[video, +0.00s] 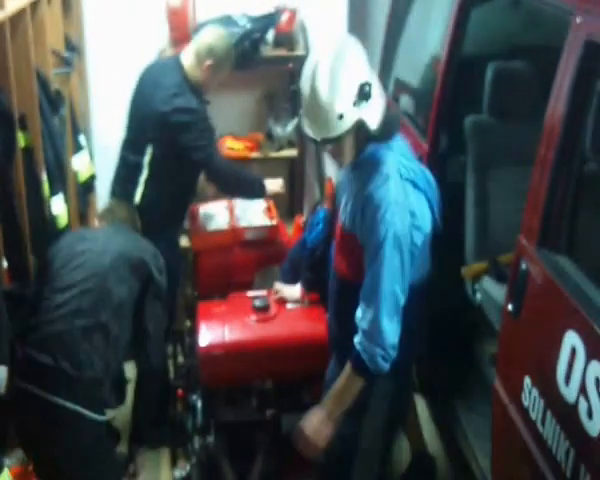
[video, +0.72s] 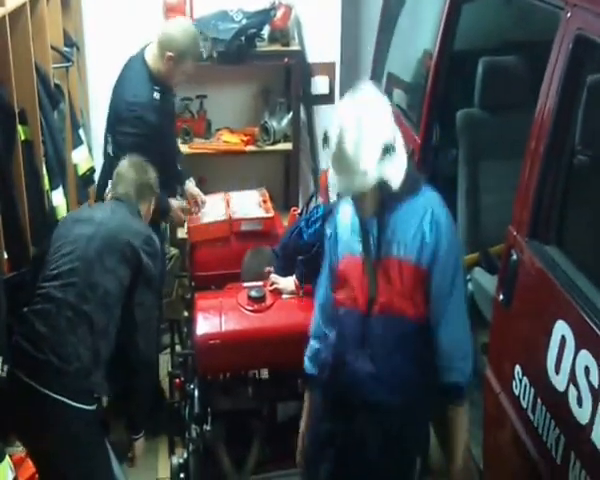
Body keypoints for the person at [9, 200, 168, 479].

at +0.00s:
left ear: (99, 221)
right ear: (136, 226)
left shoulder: (65, 242)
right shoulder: (146, 254)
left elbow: (35, 308)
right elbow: (152, 353)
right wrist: (142, 440)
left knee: (49, 471)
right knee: (93, 471)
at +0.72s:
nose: (152, 213)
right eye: (154, 206)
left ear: (111, 191)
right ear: (151, 204)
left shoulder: (71, 219)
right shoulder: (144, 241)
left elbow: (32, 285)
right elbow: (142, 342)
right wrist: (137, 427)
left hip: (20, 378)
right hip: (71, 395)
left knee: (53, 472)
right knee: (98, 472)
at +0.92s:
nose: (169, 193)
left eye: (170, 183)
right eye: (169, 182)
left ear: (123, 167)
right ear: (155, 176)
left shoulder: (74, 208)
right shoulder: (135, 226)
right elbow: (135, 333)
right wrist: (133, 417)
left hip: (23, 367)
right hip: (66, 381)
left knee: (58, 470)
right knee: (94, 472)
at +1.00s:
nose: (168, 190)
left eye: (171, 179)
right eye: (169, 178)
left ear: (122, 163)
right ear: (154, 171)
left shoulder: (82, 201)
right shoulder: (132, 221)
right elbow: (135, 328)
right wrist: (133, 413)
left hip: (26, 363)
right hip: (63, 376)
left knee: (60, 470)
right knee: (94, 472)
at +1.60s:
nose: (174, 225)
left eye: (181, 218)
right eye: (178, 216)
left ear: (159, 194)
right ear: (161, 198)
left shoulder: (117, 207)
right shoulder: (94, 229)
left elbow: (123, 302)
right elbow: (84, 347)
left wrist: (141, 360)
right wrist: (108, 438)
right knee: (79, 471)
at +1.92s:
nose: (189, 213)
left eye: (193, 204)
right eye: (191, 203)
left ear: (171, 189)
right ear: (173, 193)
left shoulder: (130, 201)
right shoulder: (113, 215)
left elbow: (128, 309)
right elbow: (101, 317)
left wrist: (156, 364)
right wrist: (113, 406)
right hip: (60, 370)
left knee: (113, 463)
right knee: (82, 466)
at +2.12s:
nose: (180, 209)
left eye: (186, 201)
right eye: (184, 198)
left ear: (160, 174)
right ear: (172, 184)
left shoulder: (121, 186)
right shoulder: (134, 201)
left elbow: (133, 293)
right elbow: (134, 299)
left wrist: (152, 356)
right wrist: (150, 369)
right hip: (65, 353)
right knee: (99, 456)